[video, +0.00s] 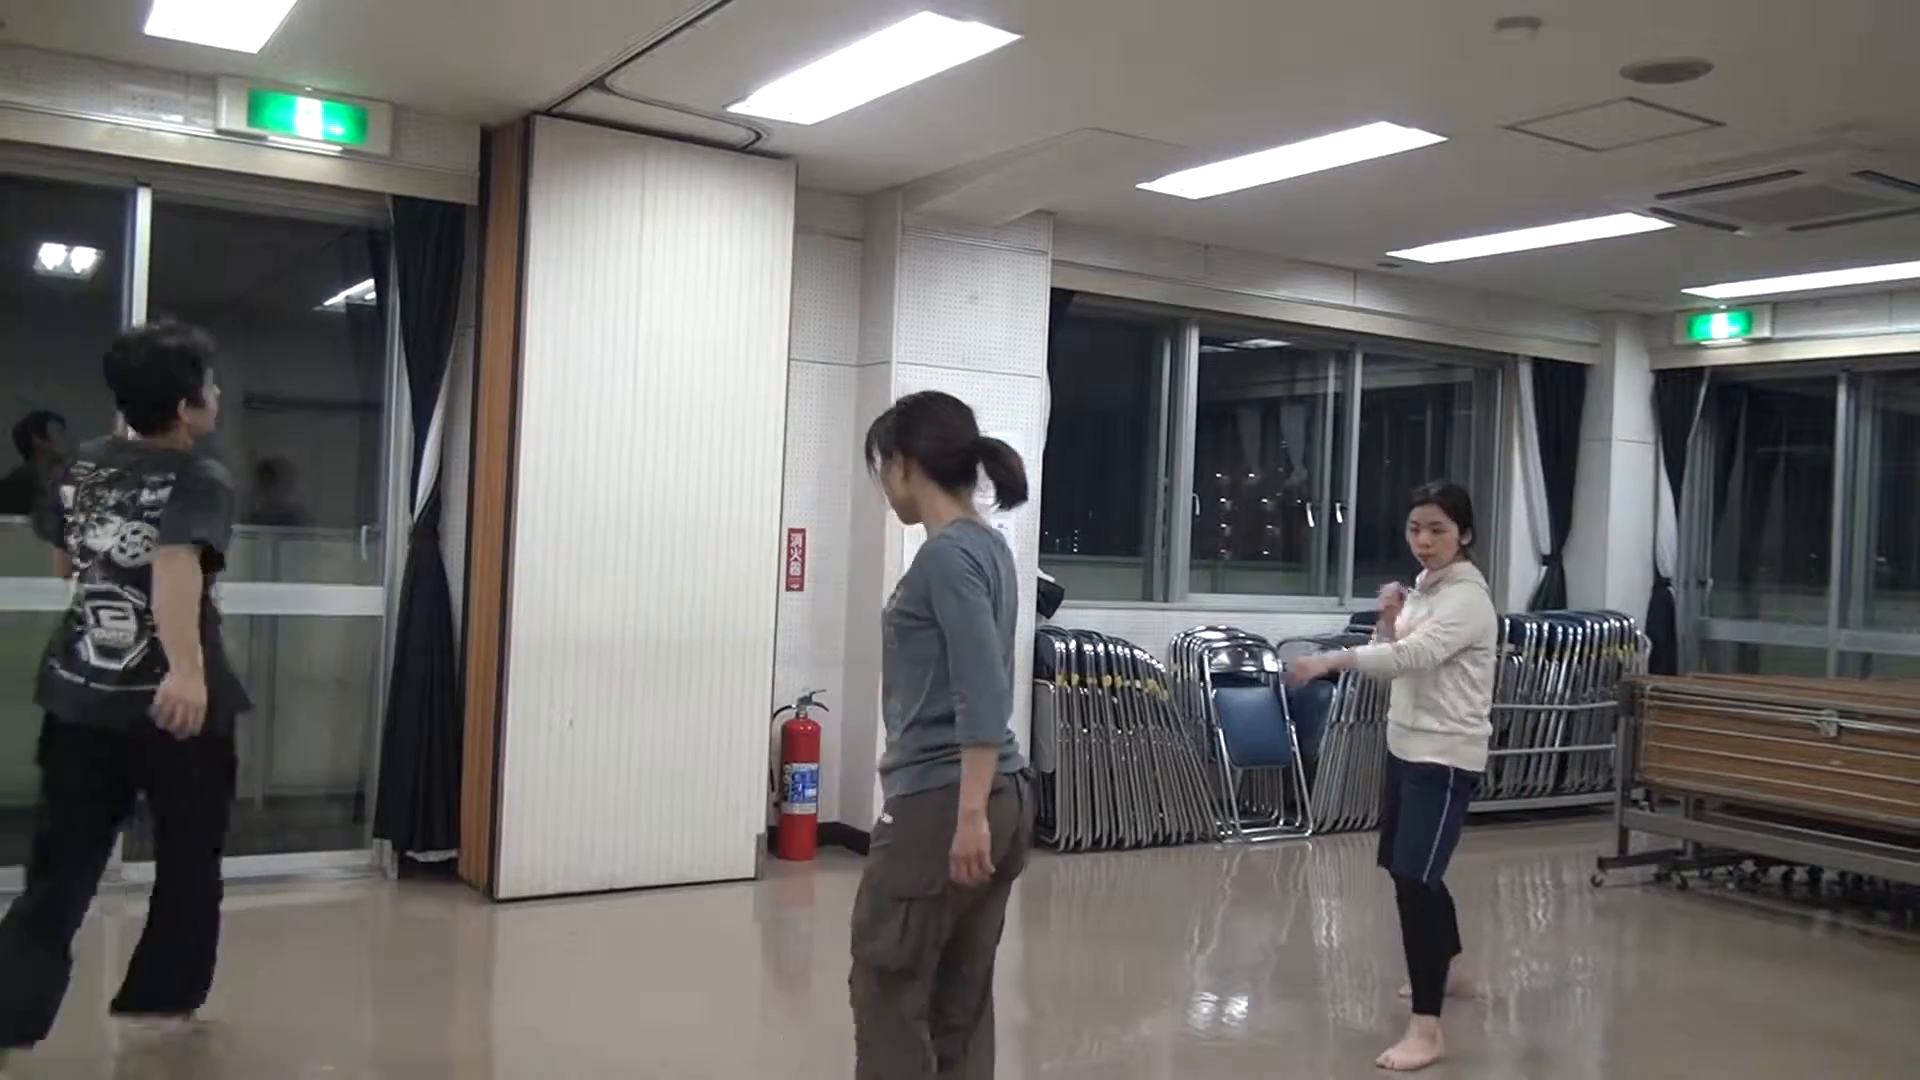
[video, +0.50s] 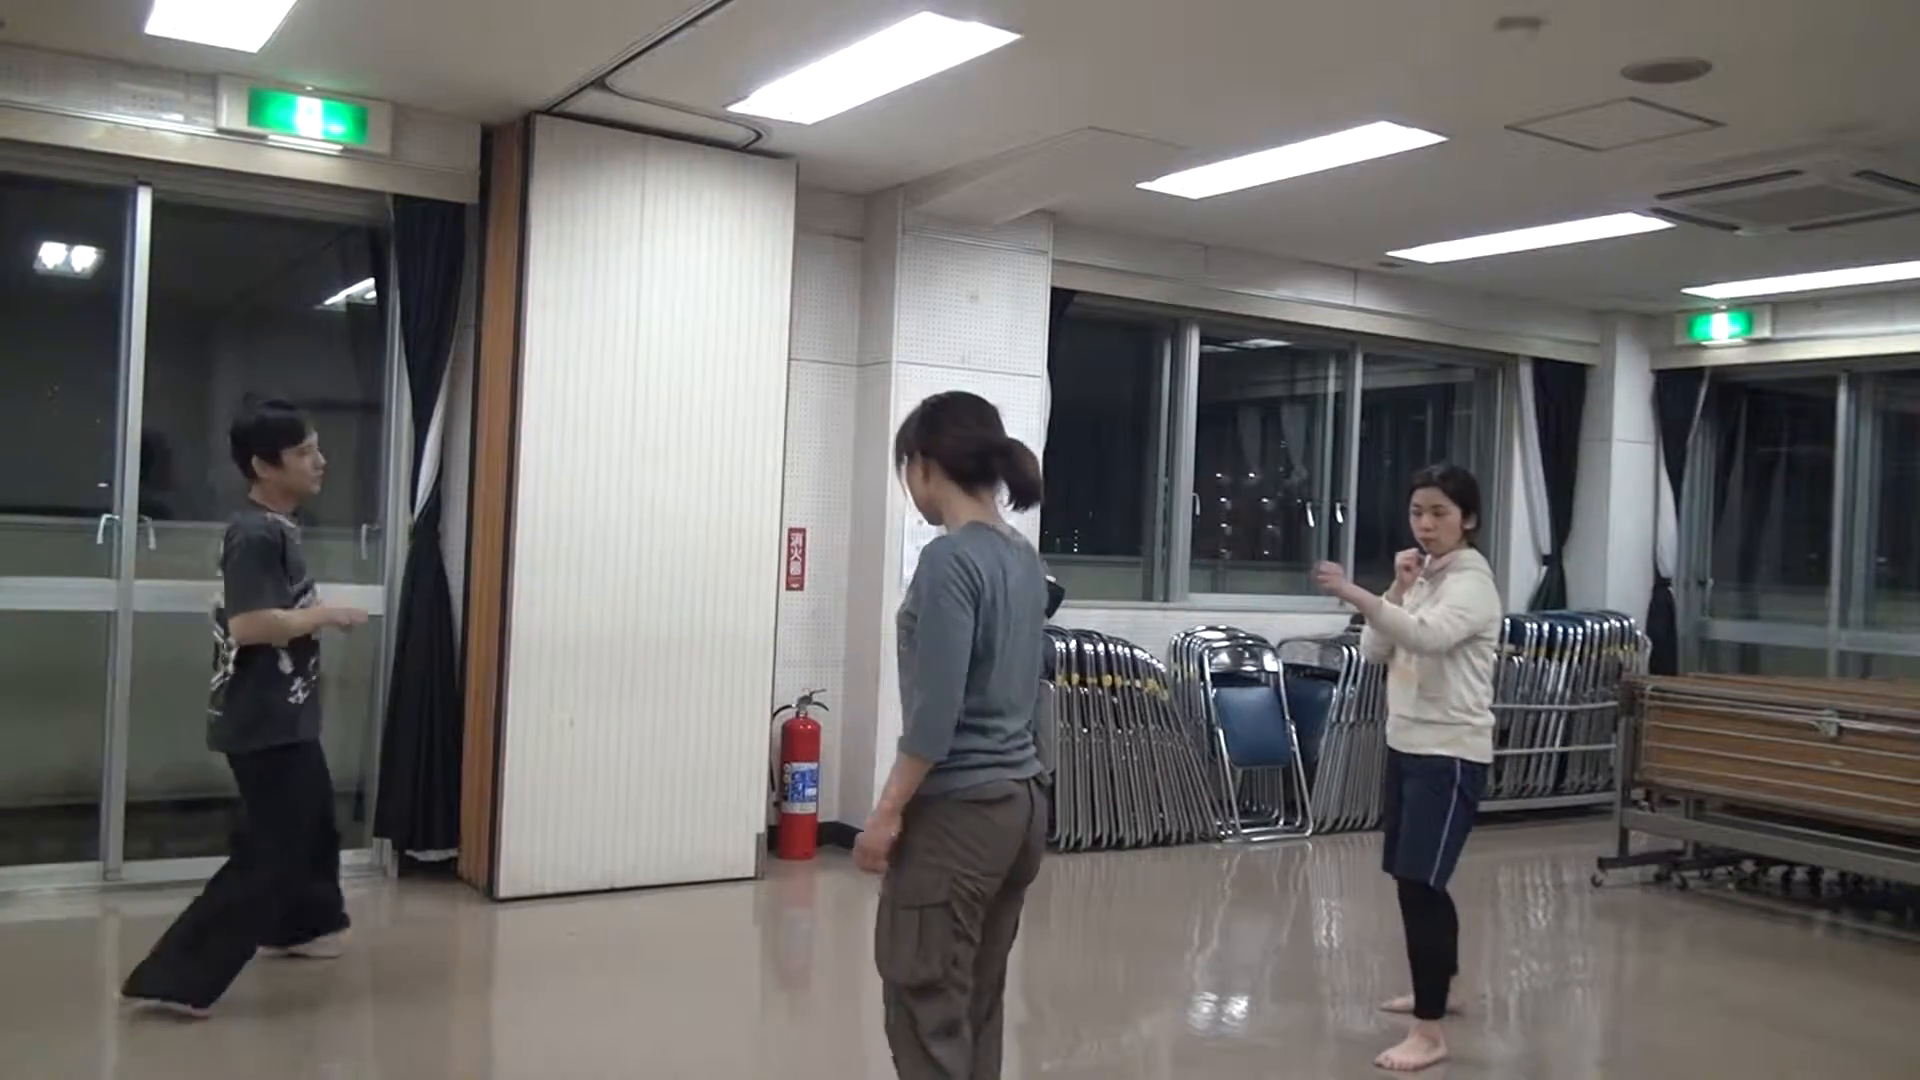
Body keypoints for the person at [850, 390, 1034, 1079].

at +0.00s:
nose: (882, 486)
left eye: (881, 469)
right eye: (879, 470)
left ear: (906, 464)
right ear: (961, 462)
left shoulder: (948, 555)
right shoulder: (989, 548)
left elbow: (982, 691)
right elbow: (981, 689)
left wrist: (972, 812)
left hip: (939, 805)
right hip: (992, 799)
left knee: (885, 990)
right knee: (961, 1002)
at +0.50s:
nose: (908, 487)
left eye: (907, 469)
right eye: (906, 471)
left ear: (927, 464)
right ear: (988, 464)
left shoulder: (948, 559)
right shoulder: (1024, 558)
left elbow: (937, 709)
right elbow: (1025, 694)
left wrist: (887, 812)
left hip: (955, 814)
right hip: (1017, 810)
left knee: (924, 1008)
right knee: (977, 1003)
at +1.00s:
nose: (994, 471)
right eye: (993, 458)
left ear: (906, 467)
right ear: (990, 463)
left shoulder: (865, 556)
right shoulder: (1030, 569)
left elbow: (815, 694)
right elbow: (1056, 713)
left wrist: (803, 805)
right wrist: (1069, 834)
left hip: (903, 829)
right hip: (1013, 829)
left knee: (898, 1031)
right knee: (995, 1033)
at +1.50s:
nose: (939, 471)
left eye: (939, 460)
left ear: (939, 469)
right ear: (1027, 468)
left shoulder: (905, 565)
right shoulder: (1068, 569)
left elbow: (854, 697)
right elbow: (1095, 707)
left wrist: (829, 802)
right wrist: (1107, 827)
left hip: (937, 828)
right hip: (1051, 827)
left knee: (920, 1027)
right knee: (1074, 1025)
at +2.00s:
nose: (1043, 479)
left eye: (1047, 463)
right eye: (1045, 463)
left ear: (1071, 467)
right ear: (1131, 470)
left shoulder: (1026, 564)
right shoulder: (1181, 574)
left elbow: (993, 699)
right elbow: (1204, 706)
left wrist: (960, 818)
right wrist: (1207, 820)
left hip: (1041, 818)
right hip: (1151, 823)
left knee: (967, 1007)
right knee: (1132, 1027)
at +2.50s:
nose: (1010, 490)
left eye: (1014, 475)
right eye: (1010, 476)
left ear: (1043, 477)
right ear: (1095, 481)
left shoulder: (981, 565)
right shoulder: (1138, 587)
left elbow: (938, 687)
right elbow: (1152, 721)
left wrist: (898, 800)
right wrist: (1159, 837)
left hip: (978, 803)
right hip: (1085, 813)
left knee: (928, 990)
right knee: (1093, 1013)